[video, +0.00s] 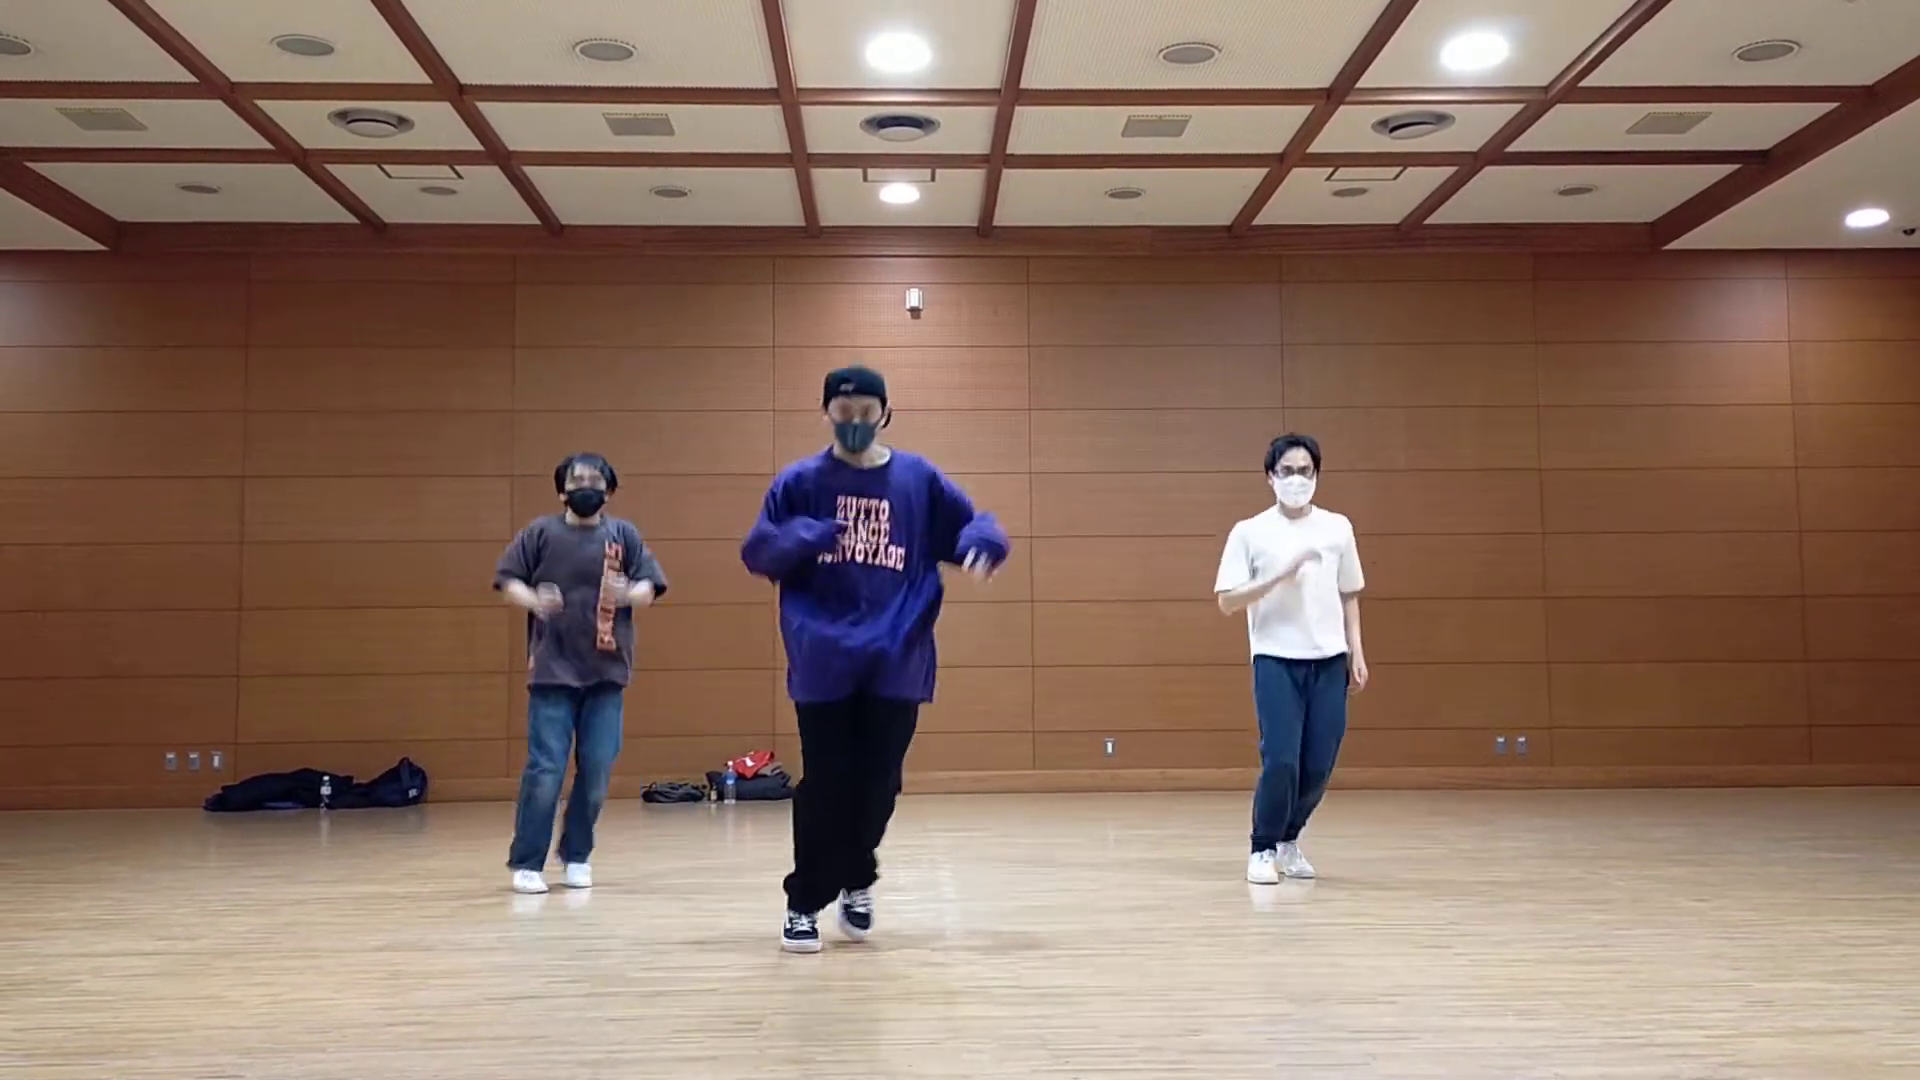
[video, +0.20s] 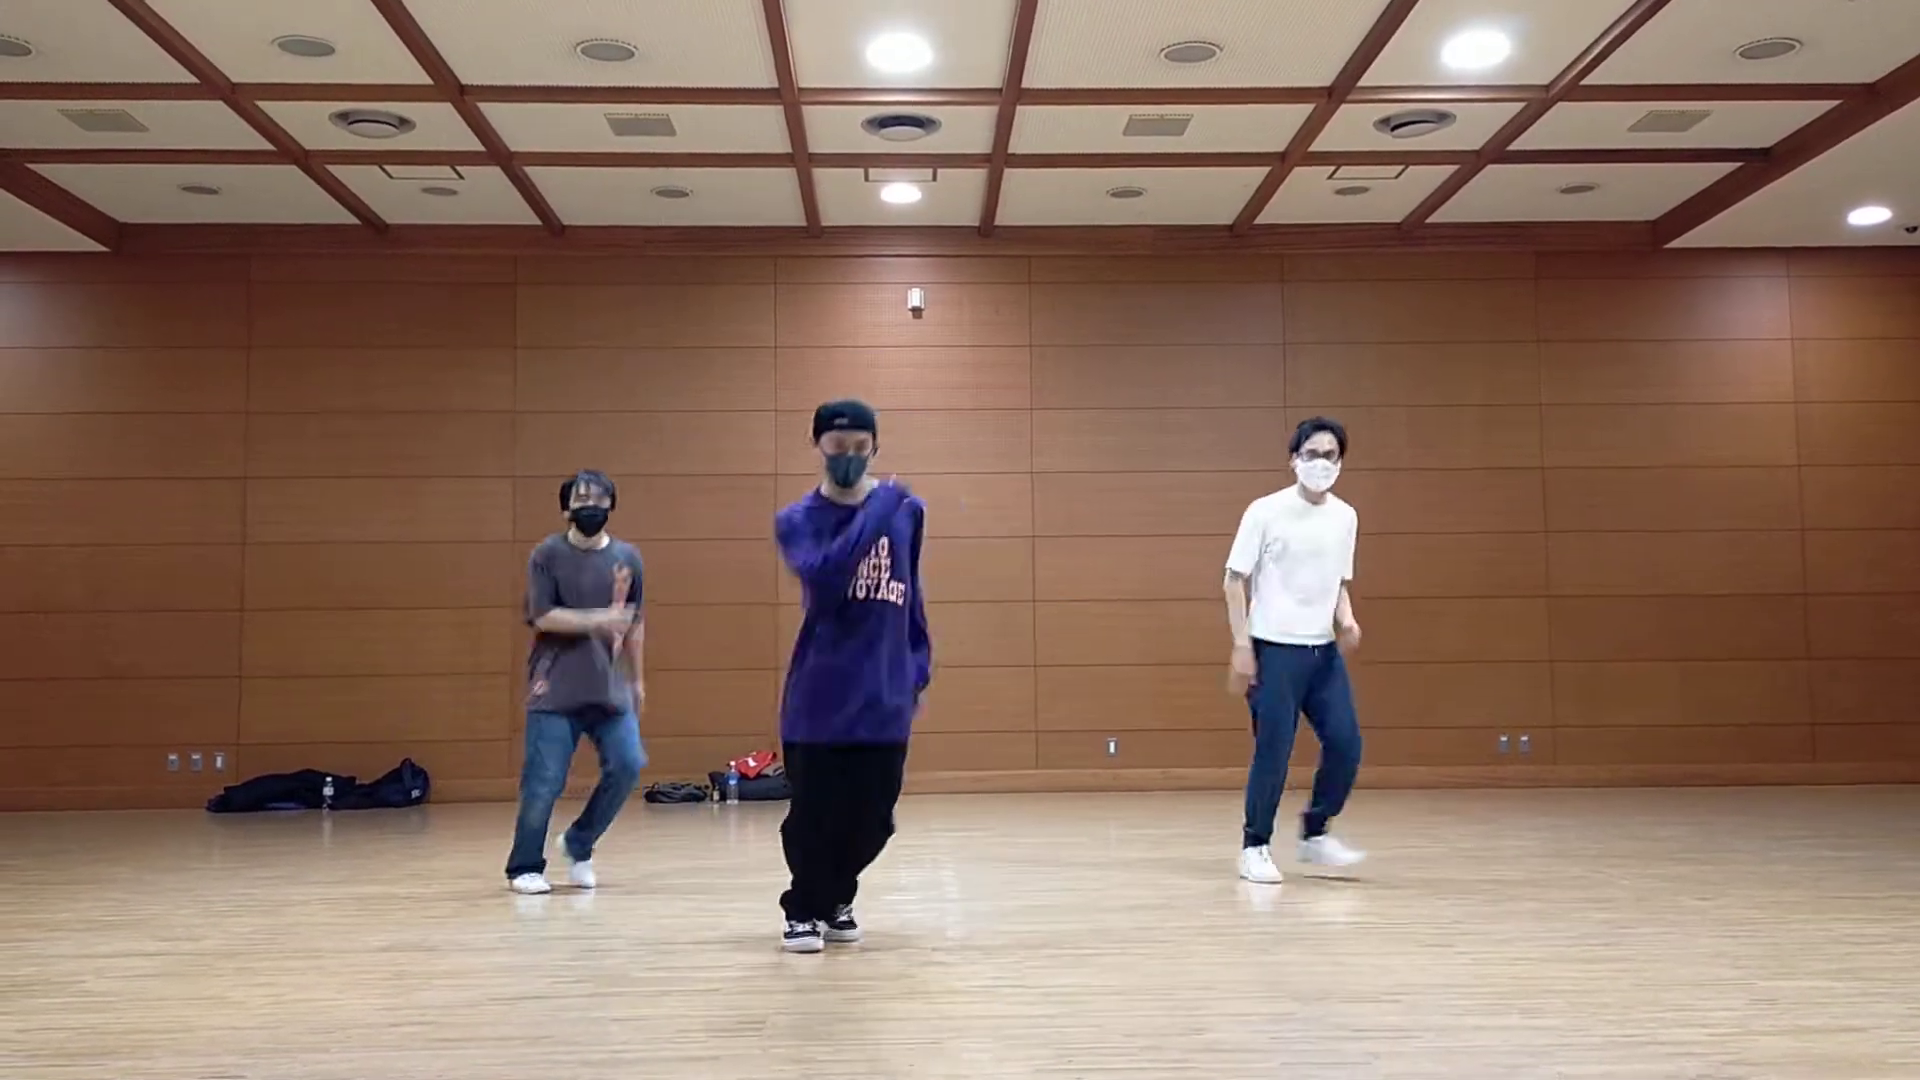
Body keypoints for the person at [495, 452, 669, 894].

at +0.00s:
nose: (586, 484)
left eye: (595, 478)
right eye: (577, 477)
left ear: (608, 489)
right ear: (563, 488)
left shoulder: (623, 534)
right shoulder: (541, 532)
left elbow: (652, 584)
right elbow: (506, 578)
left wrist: (627, 593)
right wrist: (533, 599)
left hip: (606, 673)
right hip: (553, 671)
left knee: (597, 770)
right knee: (546, 769)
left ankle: (577, 856)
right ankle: (527, 864)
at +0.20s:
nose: (588, 504)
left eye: (596, 498)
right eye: (580, 497)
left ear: (610, 506)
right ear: (567, 506)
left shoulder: (627, 560)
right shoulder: (547, 555)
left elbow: (634, 624)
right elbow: (540, 617)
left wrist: (637, 680)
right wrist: (598, 619)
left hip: (609, 690)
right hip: (555, 690)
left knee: (627, 765)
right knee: (544, 782)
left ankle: (579, 844)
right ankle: (525, 868)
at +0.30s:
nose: (609, 485)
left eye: (616, 477)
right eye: (599, 478)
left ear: (629, 487)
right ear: (583, 490)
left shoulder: (637, 538)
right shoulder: (569, 535)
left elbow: (642, 599)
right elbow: (561, 595)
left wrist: (648, 642)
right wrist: (618, 576)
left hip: (627, 670)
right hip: (577, 673)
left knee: (652, 746)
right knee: (557, 767)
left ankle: (617, 843)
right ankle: (530, 863)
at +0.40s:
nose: (632, 491)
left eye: (639, 483)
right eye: (622, 485)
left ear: (652, 494)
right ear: (606, 497)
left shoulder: (652, 542)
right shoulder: (592, 543)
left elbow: (645, 592)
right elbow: (582, 606)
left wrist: (661, 628)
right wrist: (638, 581)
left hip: (640, 674)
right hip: (593, 677)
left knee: (675, 751)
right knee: (574, 770)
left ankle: (680, 853)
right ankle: (530, 862)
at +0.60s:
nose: (682, 542)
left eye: (688, 534)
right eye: (672, 535)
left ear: (698, 540)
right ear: (655, 546)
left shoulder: (696, 578)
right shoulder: (638, 595)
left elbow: (697, 614)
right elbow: (629, 663)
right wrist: (672, 691)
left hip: (678, 705)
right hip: (632, 709)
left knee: (723, 768)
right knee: (596, 786)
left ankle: (720, 865)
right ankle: (524, 864)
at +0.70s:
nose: (701, 514)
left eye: (707, 507)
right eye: (691, 508)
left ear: (719, 514)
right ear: (676, 517)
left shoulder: (730, 557)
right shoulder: (657, 566)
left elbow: (755, 590)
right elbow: (646, 631)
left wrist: (811, 592)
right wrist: (685, 630)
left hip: (711, 693)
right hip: (660, 694)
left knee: (732, 767)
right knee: (623, 771)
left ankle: (720, 863)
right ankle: (572, 849)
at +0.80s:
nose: (716, 493)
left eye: (723, 486)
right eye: (707, 487)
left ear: (736, 495)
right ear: (693, 497)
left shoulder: (757, 539)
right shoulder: (673, 542)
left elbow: (802, 569)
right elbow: (660, 599)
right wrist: (694, 571)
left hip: (737, 673)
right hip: (685, 673)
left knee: (738, 768)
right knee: (673, 759)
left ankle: (722, 860)